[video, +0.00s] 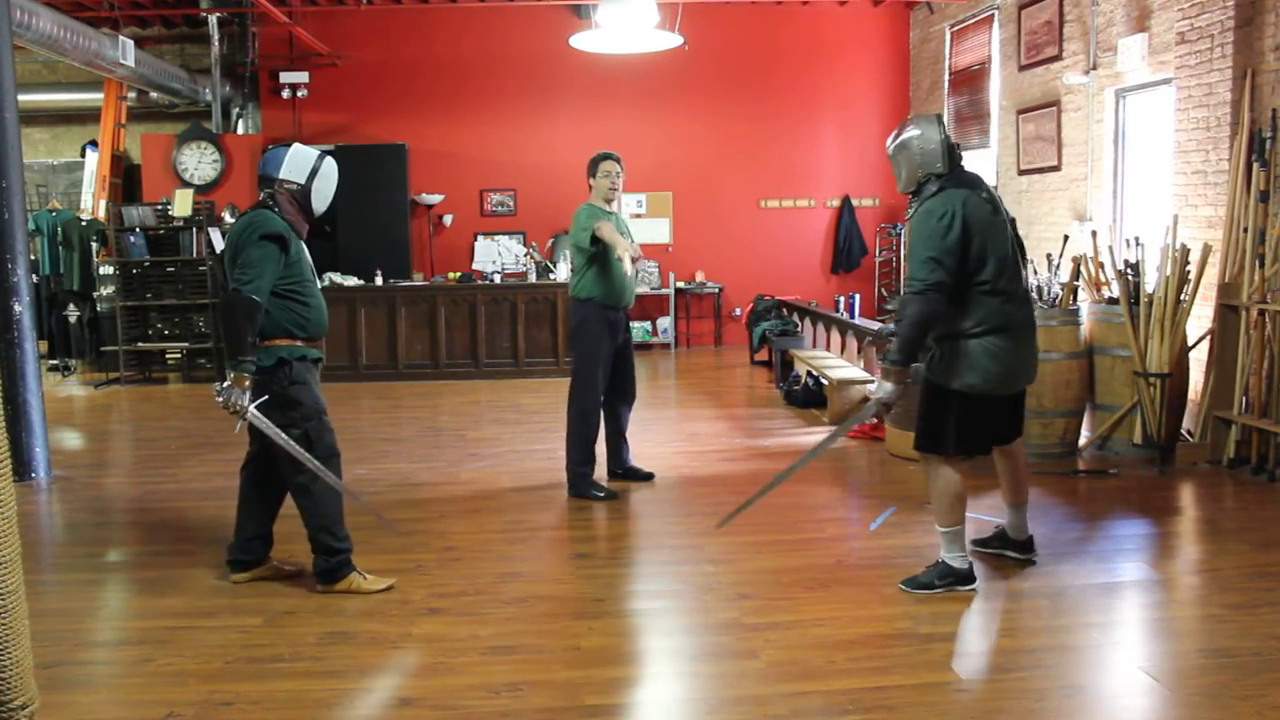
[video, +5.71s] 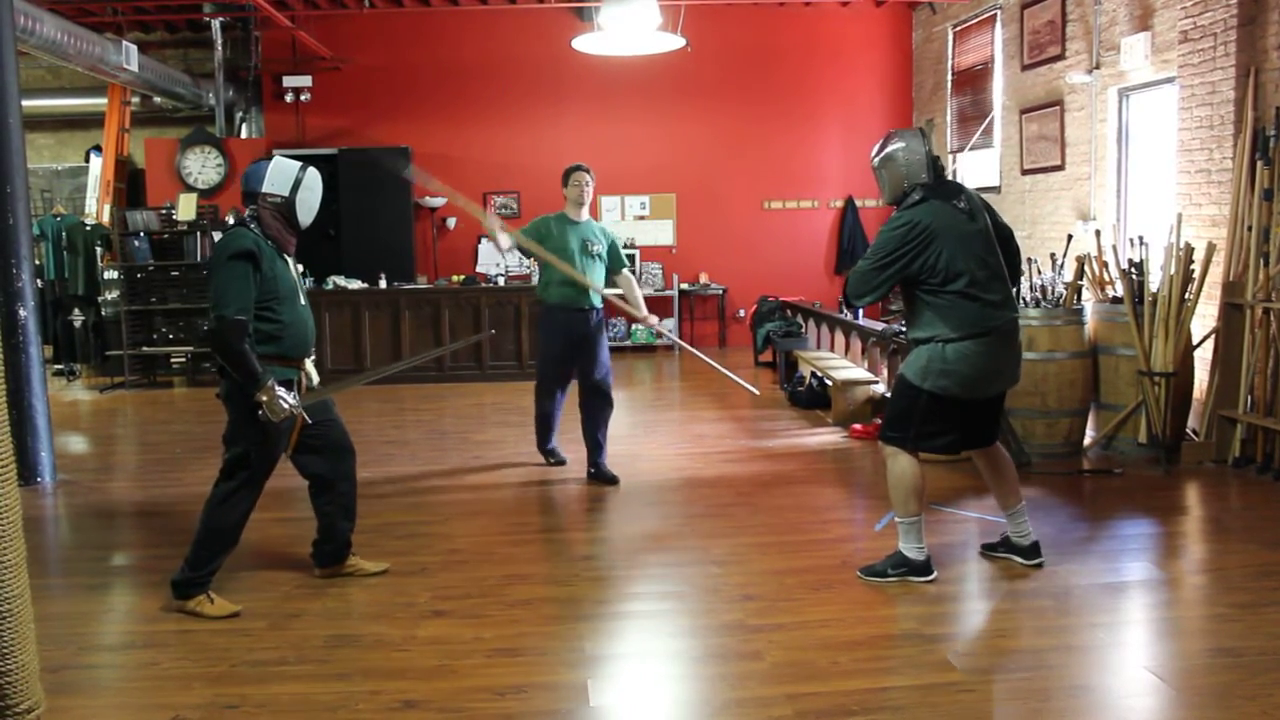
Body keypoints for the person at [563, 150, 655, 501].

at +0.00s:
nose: (614, 180)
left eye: (618, 175)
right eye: (607, 175)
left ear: (622, 182)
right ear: (592, 180)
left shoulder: (618, 220)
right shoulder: (586, 212)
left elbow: (631, 248)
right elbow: (605, 232)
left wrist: (632, 251)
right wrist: (624, 249)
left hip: (616, 314)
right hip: (591, 312)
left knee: (620, 393)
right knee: (587, 396)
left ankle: (619, 464)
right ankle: (580, 479)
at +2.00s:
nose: (599, 180)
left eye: (603, 175)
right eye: (591, 175)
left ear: (608, 181)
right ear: (577, 180)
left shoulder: (603, 218)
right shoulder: (573, 212)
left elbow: (612, 244)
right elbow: (594, 227)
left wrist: (624, 248)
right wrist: (616, 243)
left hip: (608, 315)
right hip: (583, 315)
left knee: (610, 395)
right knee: (584, 396)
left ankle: (606, 467)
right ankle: (580, 480)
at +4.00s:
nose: (596, 186)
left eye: (600, 181)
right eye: (588, 181)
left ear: (605, 186)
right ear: (574, 186)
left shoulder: (603, 226)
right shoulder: (571, 220)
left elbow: (614, 256)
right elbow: (591, 237)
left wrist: (623, 258)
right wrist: (612, 253)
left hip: (610, 319)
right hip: (585, 320)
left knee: (619, 398)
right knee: (594, 399)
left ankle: (610, 469)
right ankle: (585, 482)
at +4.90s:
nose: (596, 181)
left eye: (599, 175)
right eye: (587, 177)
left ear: (606, 182)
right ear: (574, 188)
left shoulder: (609, 224)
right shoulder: (569, 223)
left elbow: (627, 264)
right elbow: (578, 218)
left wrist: (654, 293)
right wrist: (593, 204)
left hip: (613, 322)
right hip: (584, 322)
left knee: (620, 403)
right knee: (595, 402)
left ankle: (598, 465)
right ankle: (585, 482)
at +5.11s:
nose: (601, 182)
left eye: (605, 177)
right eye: (593, 177)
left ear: (611, 183)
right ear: (581, 183)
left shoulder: (613, 226)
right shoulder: (575, 216)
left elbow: (632, 267)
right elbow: (556, 203)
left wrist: (654, 296)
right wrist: (556, 173)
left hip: (609, 318)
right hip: (580, 316)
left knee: (611, 396)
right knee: (585, 396)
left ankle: (596, 465)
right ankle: (586, 479)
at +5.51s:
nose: (596, 184)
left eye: (600, 180)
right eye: (589, 179)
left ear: (604, 188)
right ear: (575, 186)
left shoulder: (611, 230)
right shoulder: (556, 218)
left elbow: (634, 271)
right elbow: (517, 213)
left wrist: (658, 307)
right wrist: (512, 182)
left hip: (602, 316)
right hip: (567, 314)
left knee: (605, 390)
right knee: (560, 387)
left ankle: (597, 462)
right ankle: (548, 448)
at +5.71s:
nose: (584, 188)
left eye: (588, 184)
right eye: (577, 184)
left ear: (594, 192)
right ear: (564, 190)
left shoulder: (603, 234)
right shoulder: (546, 224)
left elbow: (624, 276)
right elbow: (507, 244)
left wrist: (642, 312)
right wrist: (495, 230)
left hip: (592, 319)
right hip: (556, 316)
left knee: (598, 389)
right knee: (551, 385)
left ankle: (597, 462)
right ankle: (546, 442)